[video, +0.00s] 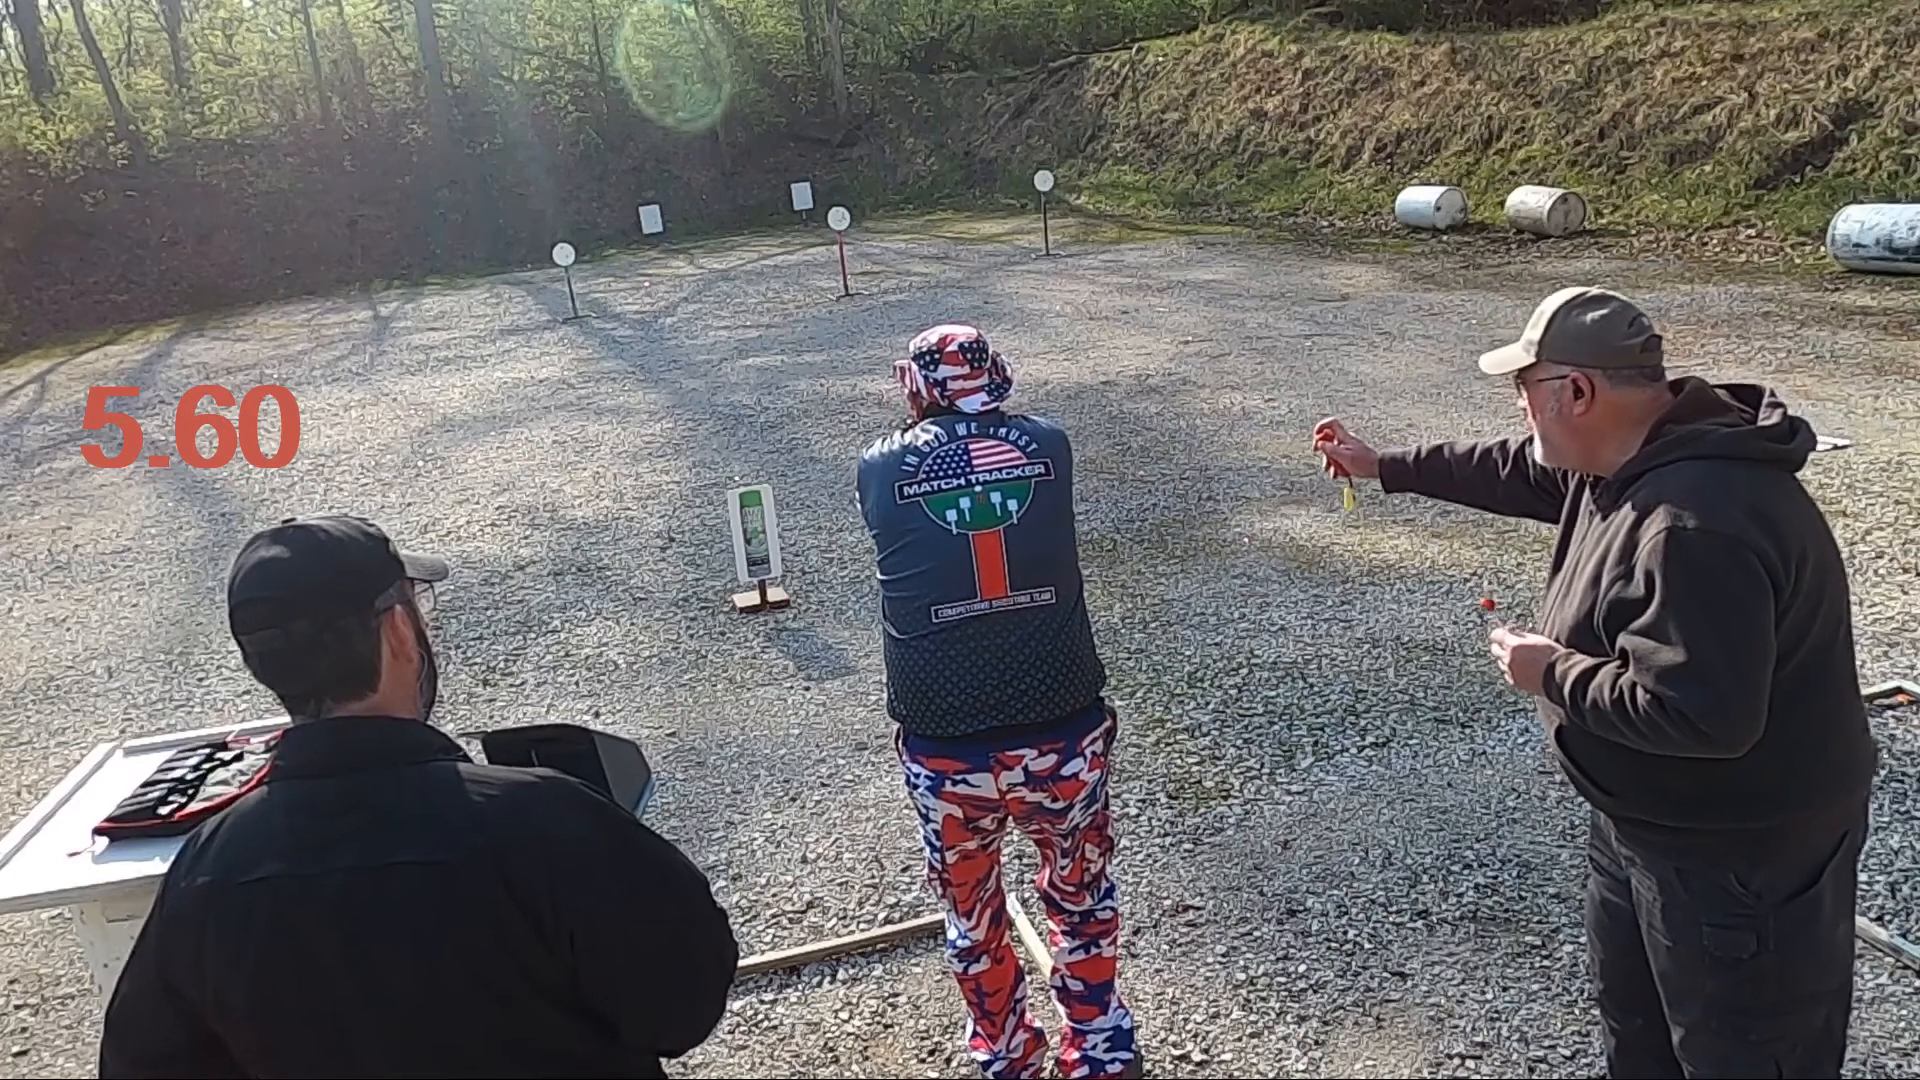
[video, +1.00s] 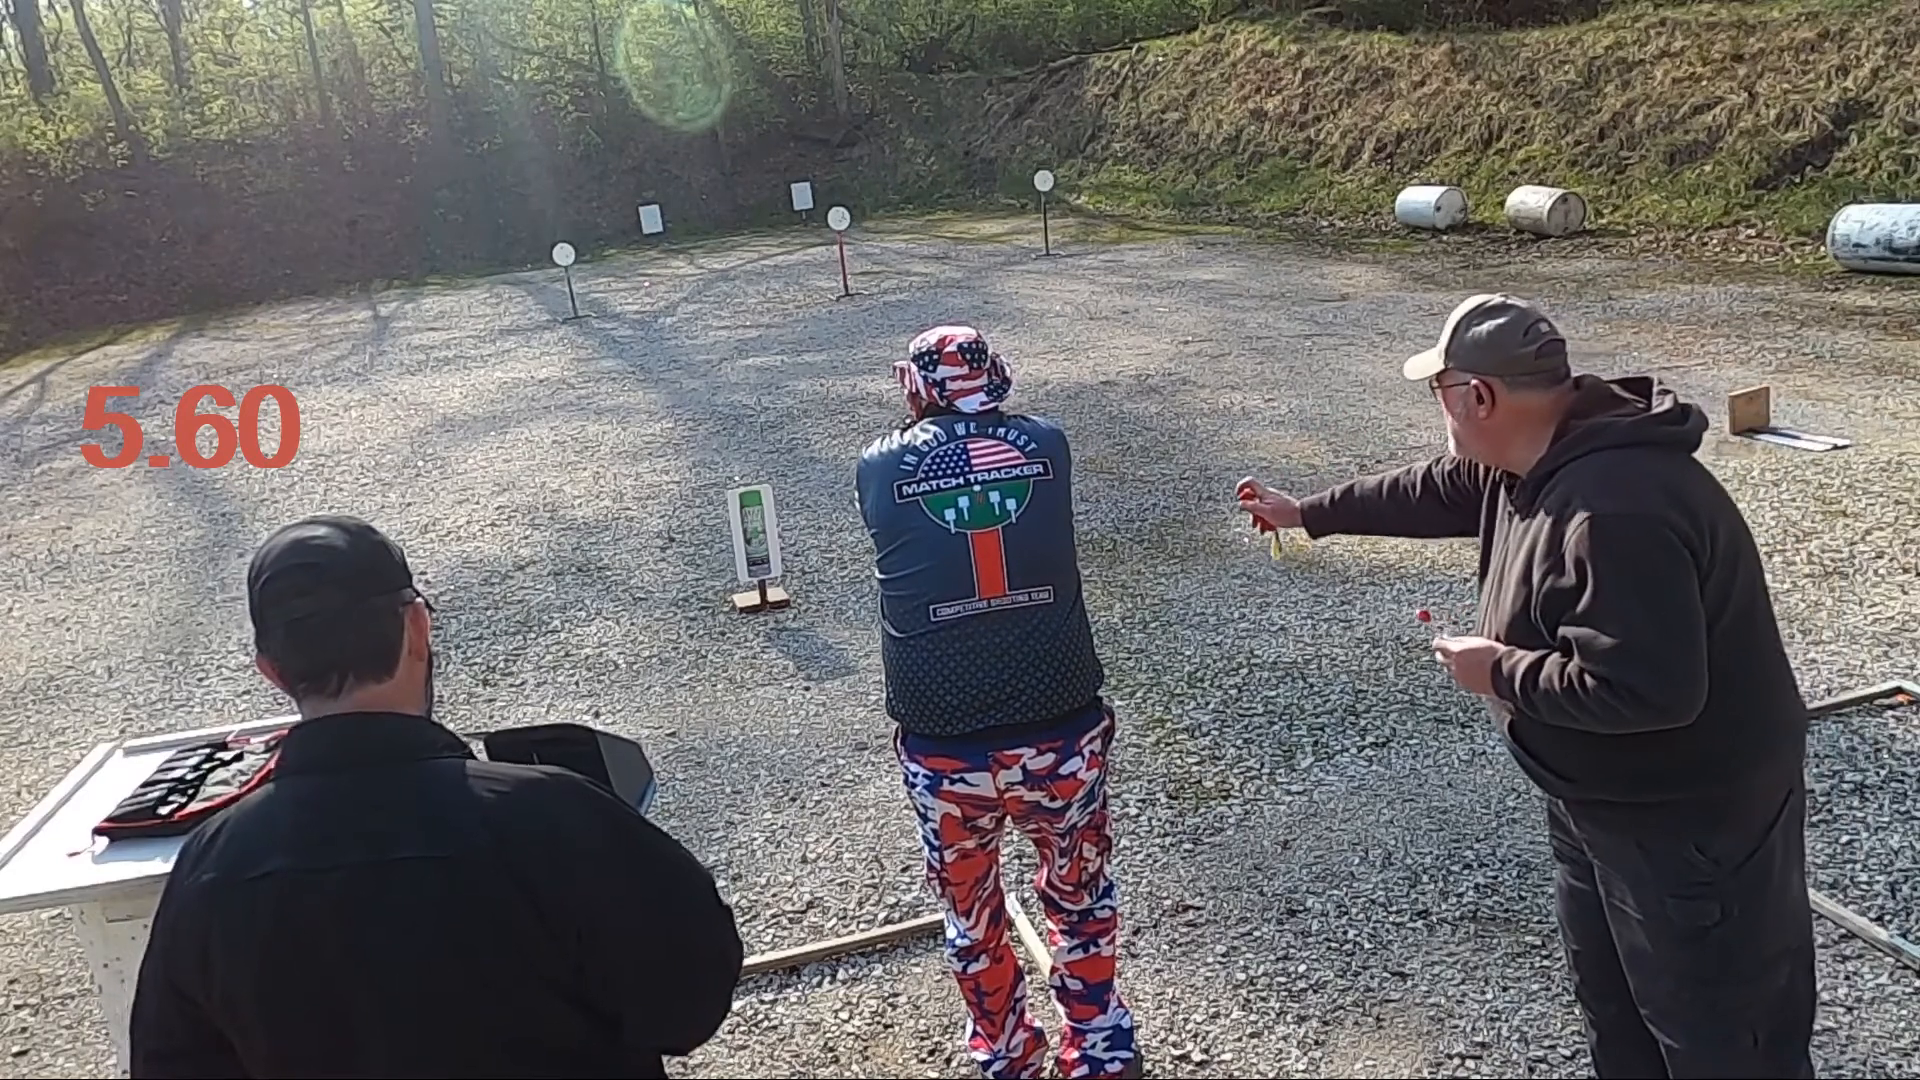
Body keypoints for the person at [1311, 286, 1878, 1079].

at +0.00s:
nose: (1522, 405)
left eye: (1527, 388)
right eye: (1521, 387)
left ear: (1579, 394)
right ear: (1584, 393)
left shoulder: (1695, 526)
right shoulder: (1620, 463)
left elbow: (1708, 715)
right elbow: (1511, 470)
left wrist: (1552, 671)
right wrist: (1381, 465)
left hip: (1737, 858)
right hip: (1639, 824)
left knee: (1745, 1061)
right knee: (1640, 1039)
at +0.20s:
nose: (1504, 407)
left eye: (1509, 389)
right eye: (1502, 389)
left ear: (1560, 396)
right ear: (1566, 395)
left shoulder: (1679, 524)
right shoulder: (1596, 469)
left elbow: (1699, 714)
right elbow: (1493, 476)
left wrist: (1542, 674)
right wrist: (1367, 475)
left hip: (1735, 856)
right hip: (1633, 823)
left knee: (1745, 1060)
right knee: (1639, 1045)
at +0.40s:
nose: (1484, 414)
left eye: (1488, 395)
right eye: (1482, 396)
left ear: (1536, 401)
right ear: (1545, 397)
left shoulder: (1654, 524)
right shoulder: (1577, 470)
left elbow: (1680, 710)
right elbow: (1477, 485)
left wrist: (1528, 678)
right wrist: (1351, 488)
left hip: (1724, 849)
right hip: (1627, 821)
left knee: (1741, 1057)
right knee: (1634, 1037)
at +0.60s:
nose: (1465, 421)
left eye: (1467, 402)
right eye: (1463, 402)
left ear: (1509, 408)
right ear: (1522, 400)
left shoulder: (1631, 525)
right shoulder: (1561, 467)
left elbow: (1660, 709)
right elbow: (1467, 489)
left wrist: (1513, 678)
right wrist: (1339, 498)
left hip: (1707, 836)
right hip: (1613, 811)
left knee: (1731, 1050)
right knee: (1625, 1025)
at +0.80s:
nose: (1455, 410)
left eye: (1455, 394)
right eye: (1453, 393)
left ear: (1492, 402)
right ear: (1512, 394)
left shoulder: (1620, 518)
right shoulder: (1542, 462)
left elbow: (1654, 698)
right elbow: (1450, 490)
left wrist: (1504, 671)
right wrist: (1324, 505)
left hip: (1694, 827)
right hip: (1607, 805)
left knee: (1725, 1048)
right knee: (1622, 1023)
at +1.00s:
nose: (1443, 416)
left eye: (1443, 396)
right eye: (1441, 397)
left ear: (1481, 398)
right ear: (1502, 390)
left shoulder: (1612, 513)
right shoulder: (1527, 462)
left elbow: (1653, 692)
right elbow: (1435, 492)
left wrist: (1501, 671)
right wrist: (1305, 511)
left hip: (1689, 821)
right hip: (1599, 798)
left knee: (1721, 1043)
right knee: (1620, 1019)